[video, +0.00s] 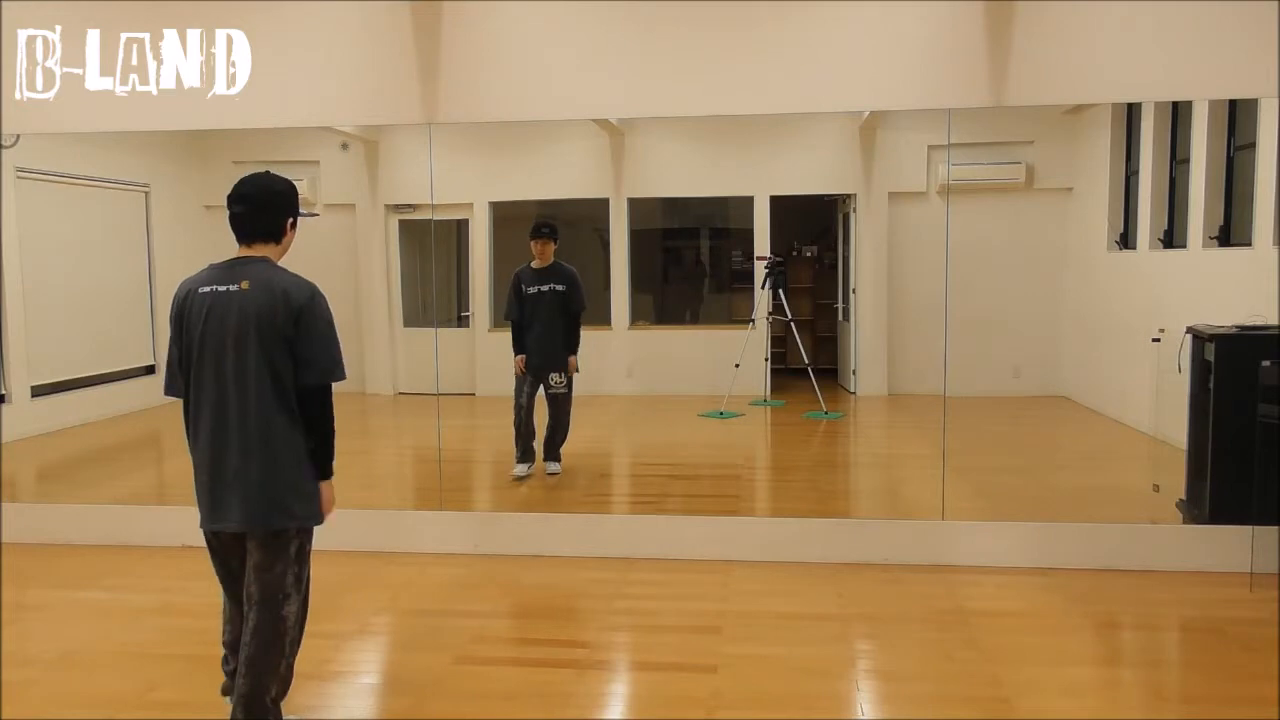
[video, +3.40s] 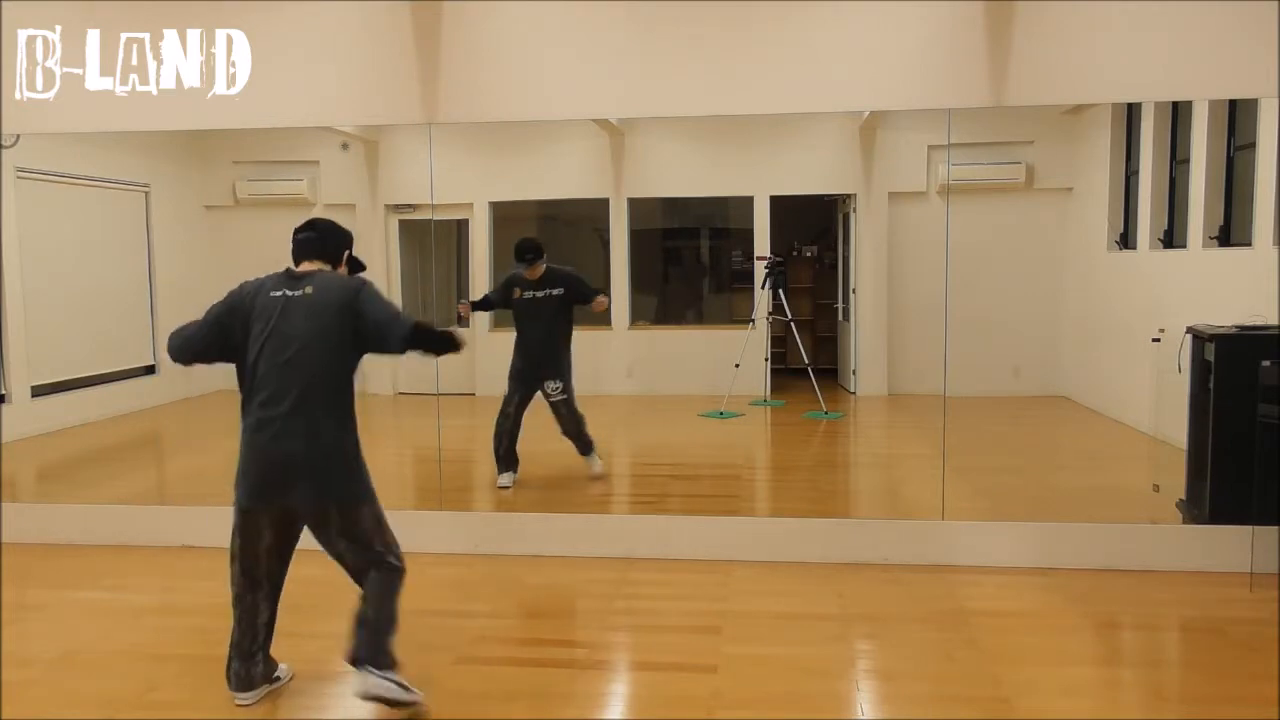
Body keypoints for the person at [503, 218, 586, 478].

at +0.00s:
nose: (540, 248)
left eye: (544, 243)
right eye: (536, 243)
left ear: (555, 245)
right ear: (531, 245)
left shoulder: (568, 275)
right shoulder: (521, 276)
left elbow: (575, 317)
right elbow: (516, 318)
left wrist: (572, 353)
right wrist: (518, 352)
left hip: (559, 354)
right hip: (529, 353)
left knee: (559, 410)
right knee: (522, 407)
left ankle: (552, 457)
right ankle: (524, 459)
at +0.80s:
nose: (524, 260)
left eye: (528, 255)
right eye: (520, 255)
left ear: (539, 251)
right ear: (515, 254)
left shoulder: (556, 278)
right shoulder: (510, 280)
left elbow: (562, 318)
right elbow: (507, 319)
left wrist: (559, 352)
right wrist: (507, 352)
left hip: (550, 355)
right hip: (522, 355)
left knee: (553, 408)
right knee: (522, 409)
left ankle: (553, 457)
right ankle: (532, 458)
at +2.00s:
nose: (521, 296)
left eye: (525, 292)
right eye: (516, 292)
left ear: (533, 284)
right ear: (508, 287)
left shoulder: (549, 297)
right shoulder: (501, 301)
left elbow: (563, 337)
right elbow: (495, 342)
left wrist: (563, 377)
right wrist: (493, 379)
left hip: (547, 363)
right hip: (519, 362)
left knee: (544, 416)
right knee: (511, 406)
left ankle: (540, 466)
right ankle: (528, 426)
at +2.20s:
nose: (521, 297)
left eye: (524, 292)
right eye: (515, 293)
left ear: (532, 283)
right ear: (507, 286)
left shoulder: (549, 292)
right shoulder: (500, 295)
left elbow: (560, 332)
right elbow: (495, 334)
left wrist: (559, 370)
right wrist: (491, 370)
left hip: (545, 359)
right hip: (516, 357)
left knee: (544, 415)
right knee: (504, 405)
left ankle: (540, 466)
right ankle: (511, 445)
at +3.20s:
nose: (516, 291)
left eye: (519, 286)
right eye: (511, 287)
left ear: (528, 277)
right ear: (505, 280)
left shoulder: (547, 295)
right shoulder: (503, 294)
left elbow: (556, 334)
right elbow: (501, 333)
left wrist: (548, 365)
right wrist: (493, 361)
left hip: (536, 368)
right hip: (509, 366)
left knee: (520, 420)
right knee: (501, 419)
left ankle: (532, 451)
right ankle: (506, 469)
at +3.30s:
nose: (522, 285)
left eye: (525, 280)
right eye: (517, 281)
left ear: (535, 271)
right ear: (511, 275)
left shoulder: (553, 287)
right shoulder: (507, 289)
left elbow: (575, 317)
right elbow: (499, 315)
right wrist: (483, 327)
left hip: (546, 356)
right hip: (517, 355)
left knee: (541, 411)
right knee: (500, 414)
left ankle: (556, 443)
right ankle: (505, 469)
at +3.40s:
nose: (528, 272)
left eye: (532, 266)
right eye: (524, 267)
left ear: (542, 259)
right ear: (518, 263)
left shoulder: (564, 279)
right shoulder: (514, 282)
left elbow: (592, 296)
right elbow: (493, 300)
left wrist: (600, 302)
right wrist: (472, 306)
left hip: (555, 362)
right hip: (524, 361)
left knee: (566, 415)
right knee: (509, 414)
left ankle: (589, 452)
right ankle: (506, 469)